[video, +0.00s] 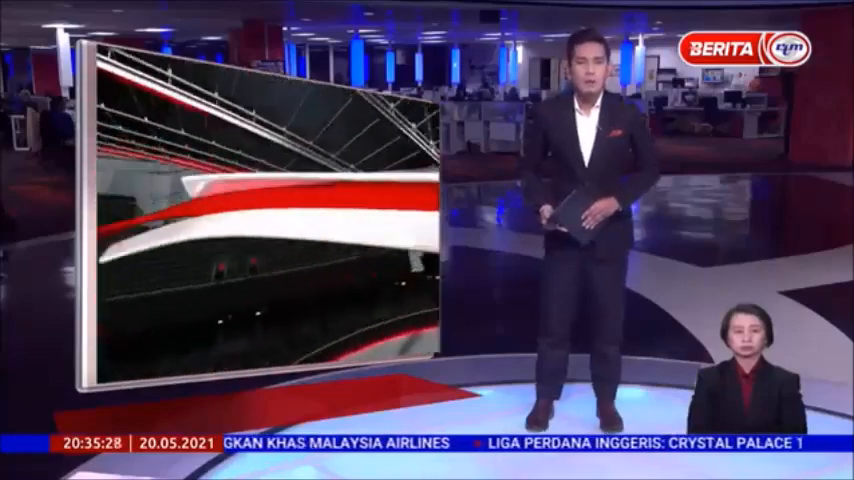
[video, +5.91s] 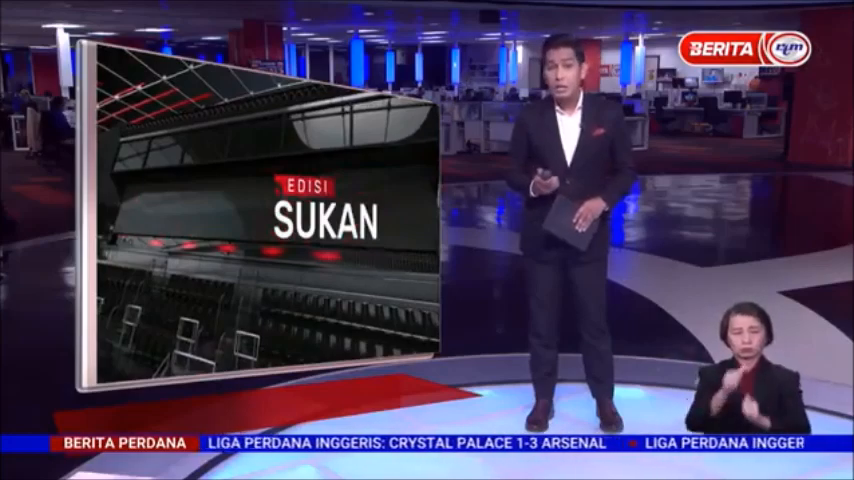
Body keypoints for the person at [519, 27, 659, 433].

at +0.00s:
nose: (590, 70)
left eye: (597, 62)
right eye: (582, 62)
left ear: (608, 67)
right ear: (569, 68)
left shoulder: (627, 114)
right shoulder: (544, 113)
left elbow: (649, 170)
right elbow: (529, 168)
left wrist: (617, 200)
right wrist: (543, 203)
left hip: (609, 233)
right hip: (560, 233)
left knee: (608, 321)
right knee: (555, 320)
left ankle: (606, 401)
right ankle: (545, 398)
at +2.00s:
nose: (559, 70)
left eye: (566, 61)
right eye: (551, 65)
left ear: (584, 64)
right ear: (546, 73)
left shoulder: (611, 112)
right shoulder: (533, 114)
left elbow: (629, 168)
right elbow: (517, 170)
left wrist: (613, 194)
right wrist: (530, 187)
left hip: (589, 232)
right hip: (543, 232)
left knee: (594, 319)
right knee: (542, 319)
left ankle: (605, 400)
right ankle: (542, 398)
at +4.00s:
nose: (560, 73)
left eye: (568, 64)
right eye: (552, 66)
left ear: (583, 68)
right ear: (544, 74)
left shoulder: (608, 112)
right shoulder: (530, 115)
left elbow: (625, 171)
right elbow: (512, 171)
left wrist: (598, 201)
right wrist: (537, 186)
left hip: (589, 230)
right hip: (542, 231)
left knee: (593, 320)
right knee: (543, 321)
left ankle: (605, 400)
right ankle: (542, 400)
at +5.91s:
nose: (558, 74)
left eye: (566, 65)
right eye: (551, 67)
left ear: (582, 70)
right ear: (544, 74)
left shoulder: (607, 112)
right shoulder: (530, 116)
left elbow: (626, 171)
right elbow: (513, 171)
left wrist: (602, 200)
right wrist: (532, 185)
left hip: (589, 232)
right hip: (542, 233)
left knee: (593, 322)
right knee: (543, 323)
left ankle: (605, 401)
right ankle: (542, 401)